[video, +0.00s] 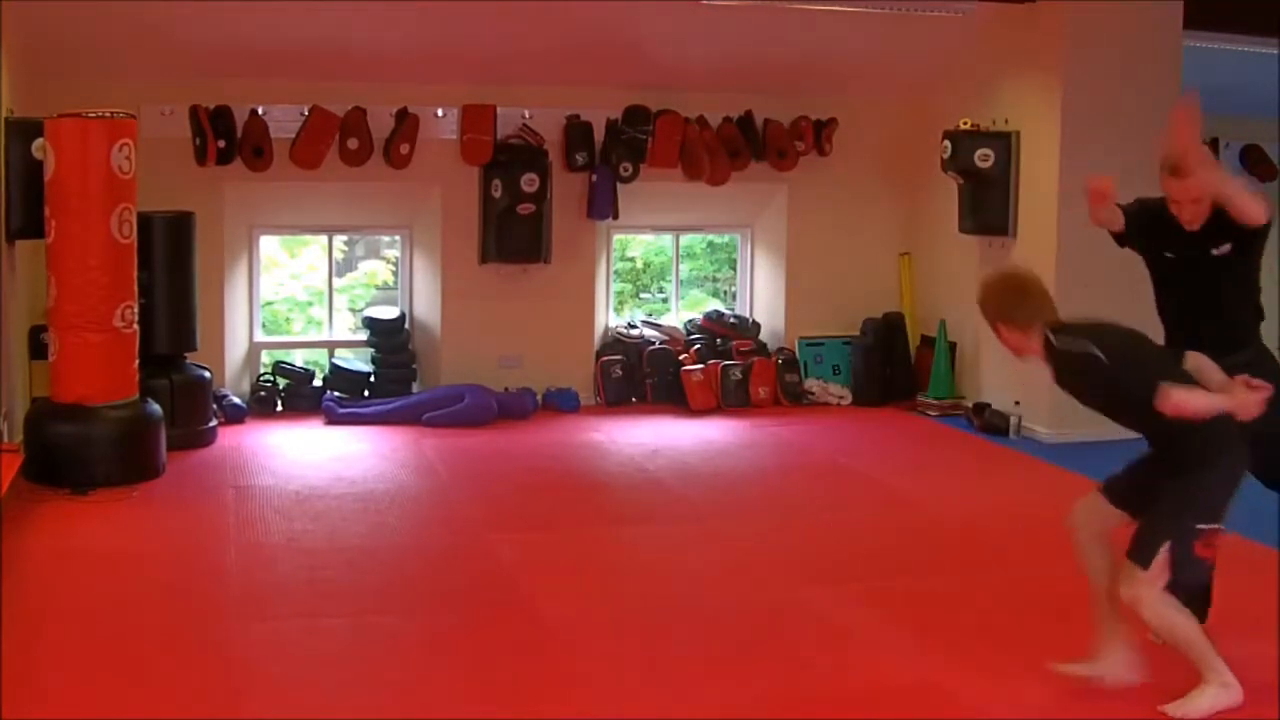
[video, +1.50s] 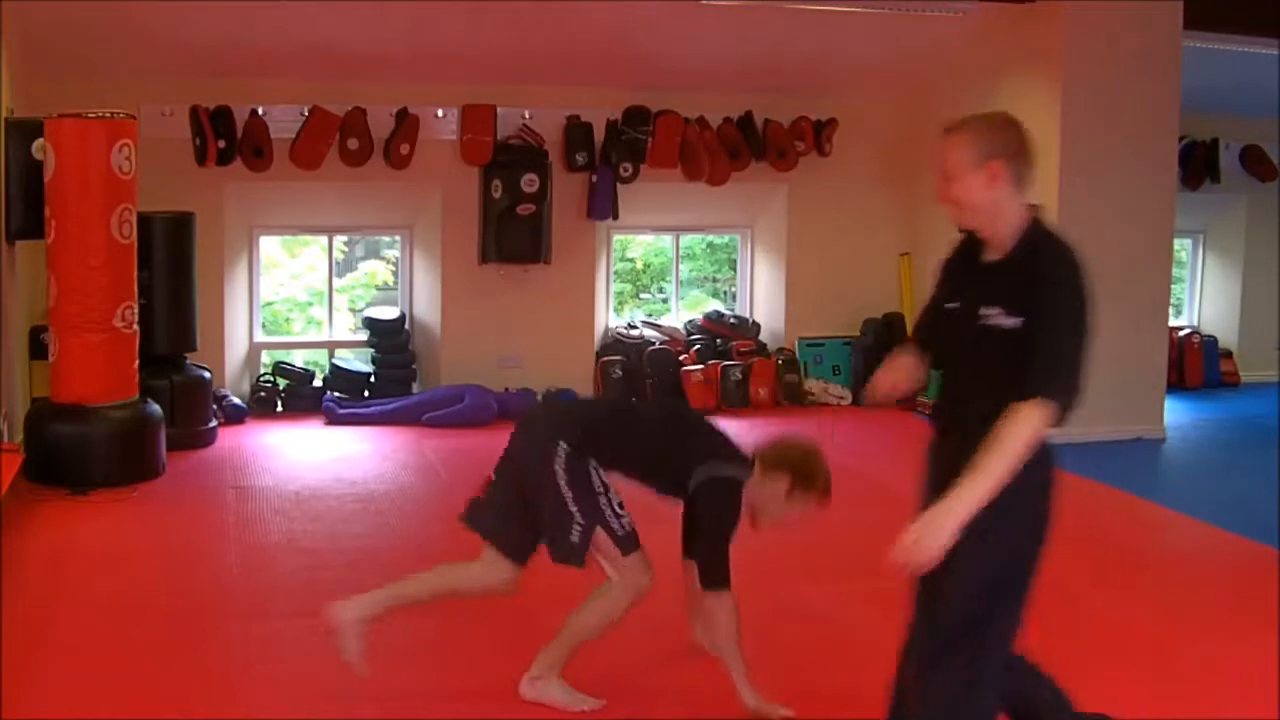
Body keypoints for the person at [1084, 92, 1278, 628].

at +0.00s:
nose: (1188, 209)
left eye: (1197, 199)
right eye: (1179, 200)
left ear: (1215, 190)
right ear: (1164, 192)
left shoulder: (1241, 222)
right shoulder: (1152, 218)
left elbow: (1255, 212)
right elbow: (1115, 221)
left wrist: (1213, 173)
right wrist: (1101, 205)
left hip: (1249, 372)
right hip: (1185, 377)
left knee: (1271, 466)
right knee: (1190, 490)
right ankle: (1188, 607)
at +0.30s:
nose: (1255, 216)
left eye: (1265, 205)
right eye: (1246, 204)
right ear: (1233, 200)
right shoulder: (1211, 243)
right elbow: (1193, 291)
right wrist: (1218, 325)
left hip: (1273, 416)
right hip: (1221, 409)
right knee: (1203, 515)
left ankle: (1274, 664)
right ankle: (1175, 609)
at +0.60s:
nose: (1232, 165)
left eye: (1247, 155)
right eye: (1233, 154)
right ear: (1239, 163)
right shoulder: (1220, 231)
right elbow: (1196, 321)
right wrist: (1178, 391)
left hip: (1270, 423)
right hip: (1219, 416)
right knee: (1195, 566)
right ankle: (1193, 705)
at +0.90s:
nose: (1142, 188)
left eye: (1154, 177)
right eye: (1144, 176)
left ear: (1198, 184)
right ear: (1180, 185)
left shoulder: (1264, 260)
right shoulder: (1137, 262)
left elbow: (1275, 362)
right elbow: (1130, 357)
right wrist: (1124, 431)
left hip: (1244, 456)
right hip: (1158, 453)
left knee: (1260, 622)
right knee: (1147, 616)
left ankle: (1276, 703)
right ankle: (1162, 714)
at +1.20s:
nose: (1063, 173)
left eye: (1074, 159)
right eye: (1062, 160)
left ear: (1121, 161)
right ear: (1111, 163)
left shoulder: (1184, 242)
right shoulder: (1069, 241)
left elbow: (1228, 339)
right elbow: (1026, 317)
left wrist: (1179, 395)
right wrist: (1001, 354)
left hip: (1148, 444)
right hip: (1077, 441)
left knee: (1115, 608)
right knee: (1075, 609)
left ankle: (1139, 712)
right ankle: (1093, 711)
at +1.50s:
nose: (942, 192)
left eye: (953, 176)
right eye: (942, 177)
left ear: (998, 174)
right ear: (988, 177)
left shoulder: (1053, 268)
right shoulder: (967, 257)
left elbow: (1038, 409)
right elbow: (928, 342)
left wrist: (949, 515)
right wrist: (902, 372)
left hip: (1011, 473)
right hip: (951, 462)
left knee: (955, 647)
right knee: (947, 634)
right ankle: (1054, 710)